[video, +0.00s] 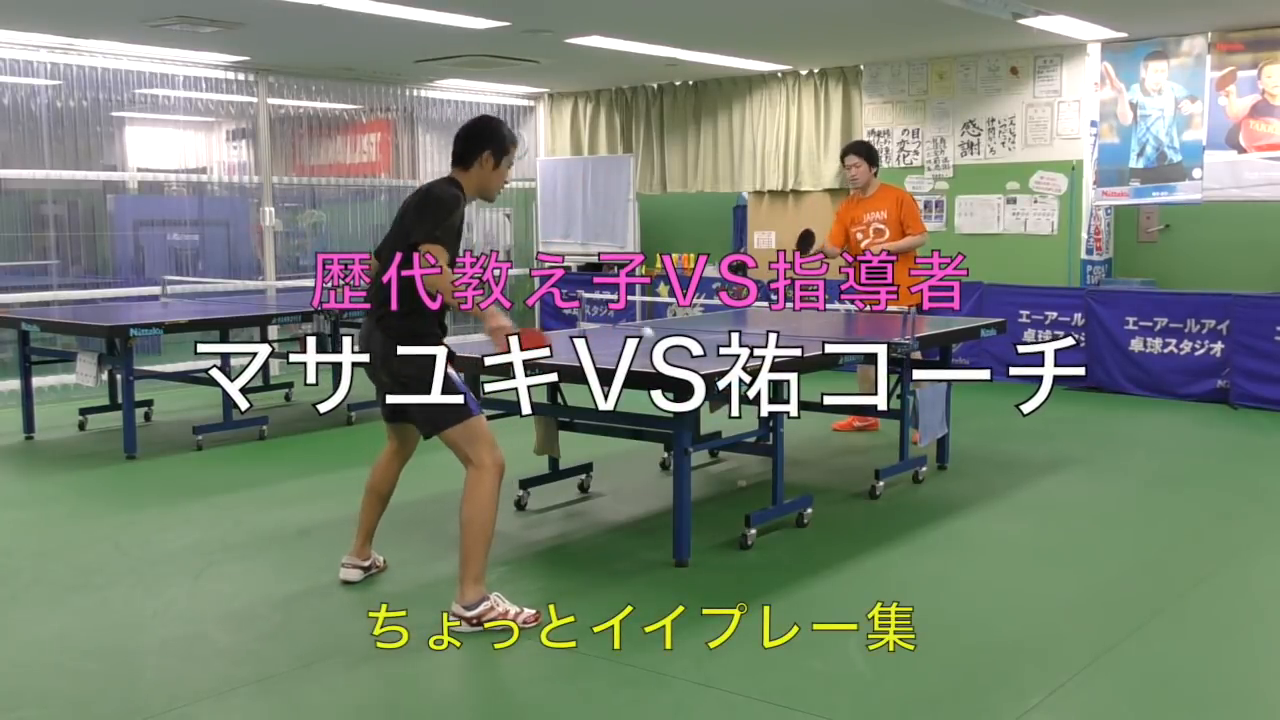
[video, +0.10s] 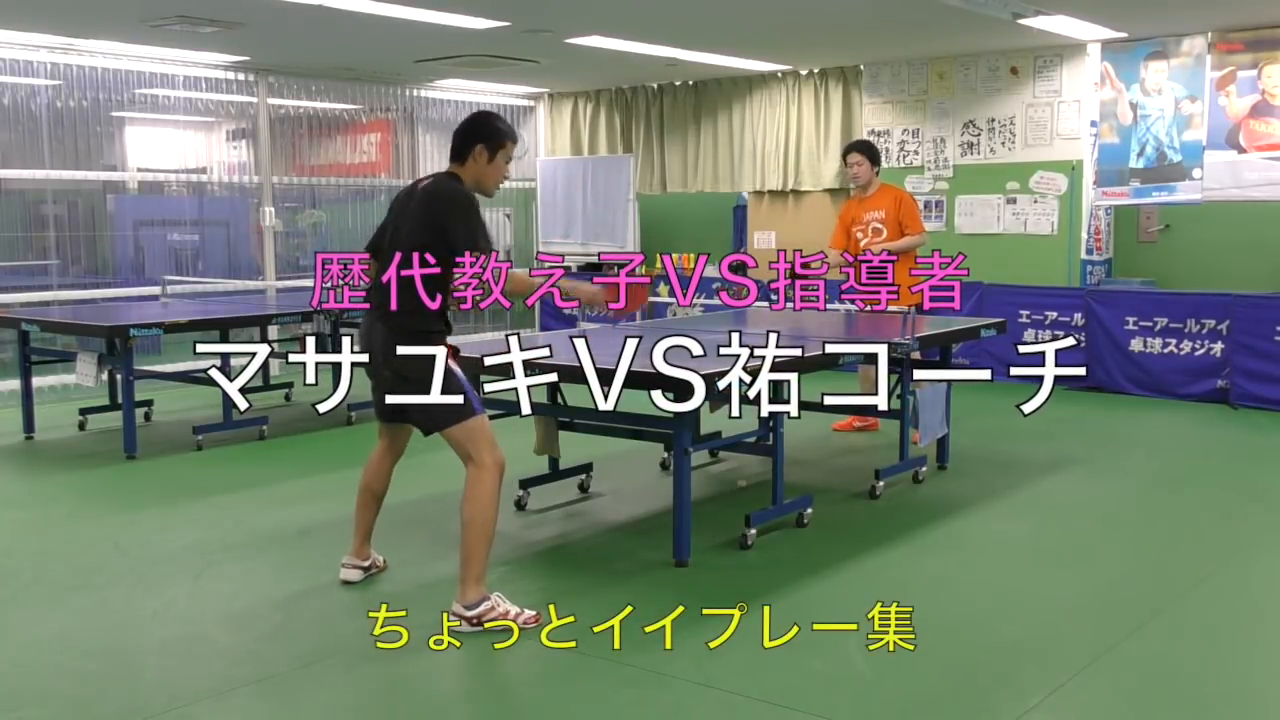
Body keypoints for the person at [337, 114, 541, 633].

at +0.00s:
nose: (507, 178)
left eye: (509, 168)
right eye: (505, 166)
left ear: (469, 160)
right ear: (482, 160)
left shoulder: (430, 197)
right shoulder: (446, 198)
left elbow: (384, 270)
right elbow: (432, 270)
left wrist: (434, 341)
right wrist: (487, 313)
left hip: (387, 350)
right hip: (414, 352)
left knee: (399, 445)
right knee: (487, 460)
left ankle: (358, 555)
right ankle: (472, 597)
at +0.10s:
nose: (506, 174)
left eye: (508, 164)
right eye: (504, 162)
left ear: (464, 155)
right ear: (477, 154)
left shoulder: (413, 193)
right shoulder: (454, 197)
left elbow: (374, 257)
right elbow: (489, 277)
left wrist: (408, 305)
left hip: (383, 344)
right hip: (418, 348)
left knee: (389, 444)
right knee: (486, 460)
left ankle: (357, 554)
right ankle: (473, 599)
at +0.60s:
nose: (499, 147)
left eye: (496, 137)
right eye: (497, 138)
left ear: (445, 138)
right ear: (488, 140)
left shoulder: (409, 184)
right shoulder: (469, 190)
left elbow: (371, 253)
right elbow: (473, 268)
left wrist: (405, 299)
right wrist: (534, 319)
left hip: (389, 342)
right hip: (432, 346)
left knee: (386, 446)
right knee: (490, 461)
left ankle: (358, 556)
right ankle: (474, 597)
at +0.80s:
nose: (510, 172)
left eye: (511, 162)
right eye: (508, 160)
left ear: (468, 156)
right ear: (485, 157)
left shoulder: (428, 194)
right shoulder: (452, 196)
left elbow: (377, 262)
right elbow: (446, 272)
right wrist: (496, 316)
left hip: (384, 345)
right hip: (411, 349)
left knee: (397, 444)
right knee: (481, 459)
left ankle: (360, 554)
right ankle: (469, 596)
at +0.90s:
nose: (520, 167)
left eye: (521, 155)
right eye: (516, 154)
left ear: (477, 152)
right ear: (490, 151)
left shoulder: (429, 189)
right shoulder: (474, 200)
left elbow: (374, 257)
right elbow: (532, 272)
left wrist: (429, 281)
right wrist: (622, 292)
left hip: (377, 335)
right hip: (411, 343)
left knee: (384, 442)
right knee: (472, 459)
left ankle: (358, 554)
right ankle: (468, 596)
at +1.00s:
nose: (527, 166)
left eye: (526, 156)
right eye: (524, 156)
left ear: (478, 156)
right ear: (505, 155)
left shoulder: (430, 192)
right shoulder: (499, 206)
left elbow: (374, 258)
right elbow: (582, 249)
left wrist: (434, 262)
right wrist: (635, 225)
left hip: (378, 340)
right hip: (416, 347)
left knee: (373, 450)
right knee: (490, 461)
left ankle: (356, 554)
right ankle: (472, 598)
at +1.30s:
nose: (519, 138)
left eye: (516, 129)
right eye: (518, 129)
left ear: (465, 131)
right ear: (510, 131)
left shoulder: (425, 180)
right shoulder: (511, 185)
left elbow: (377, 253)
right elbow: (563, 252)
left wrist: (422, 246)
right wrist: (587, 254)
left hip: (411, 340)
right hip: (465, 344)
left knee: (409, 441)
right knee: (508, 464)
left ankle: (378, 556)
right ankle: (475, 598)